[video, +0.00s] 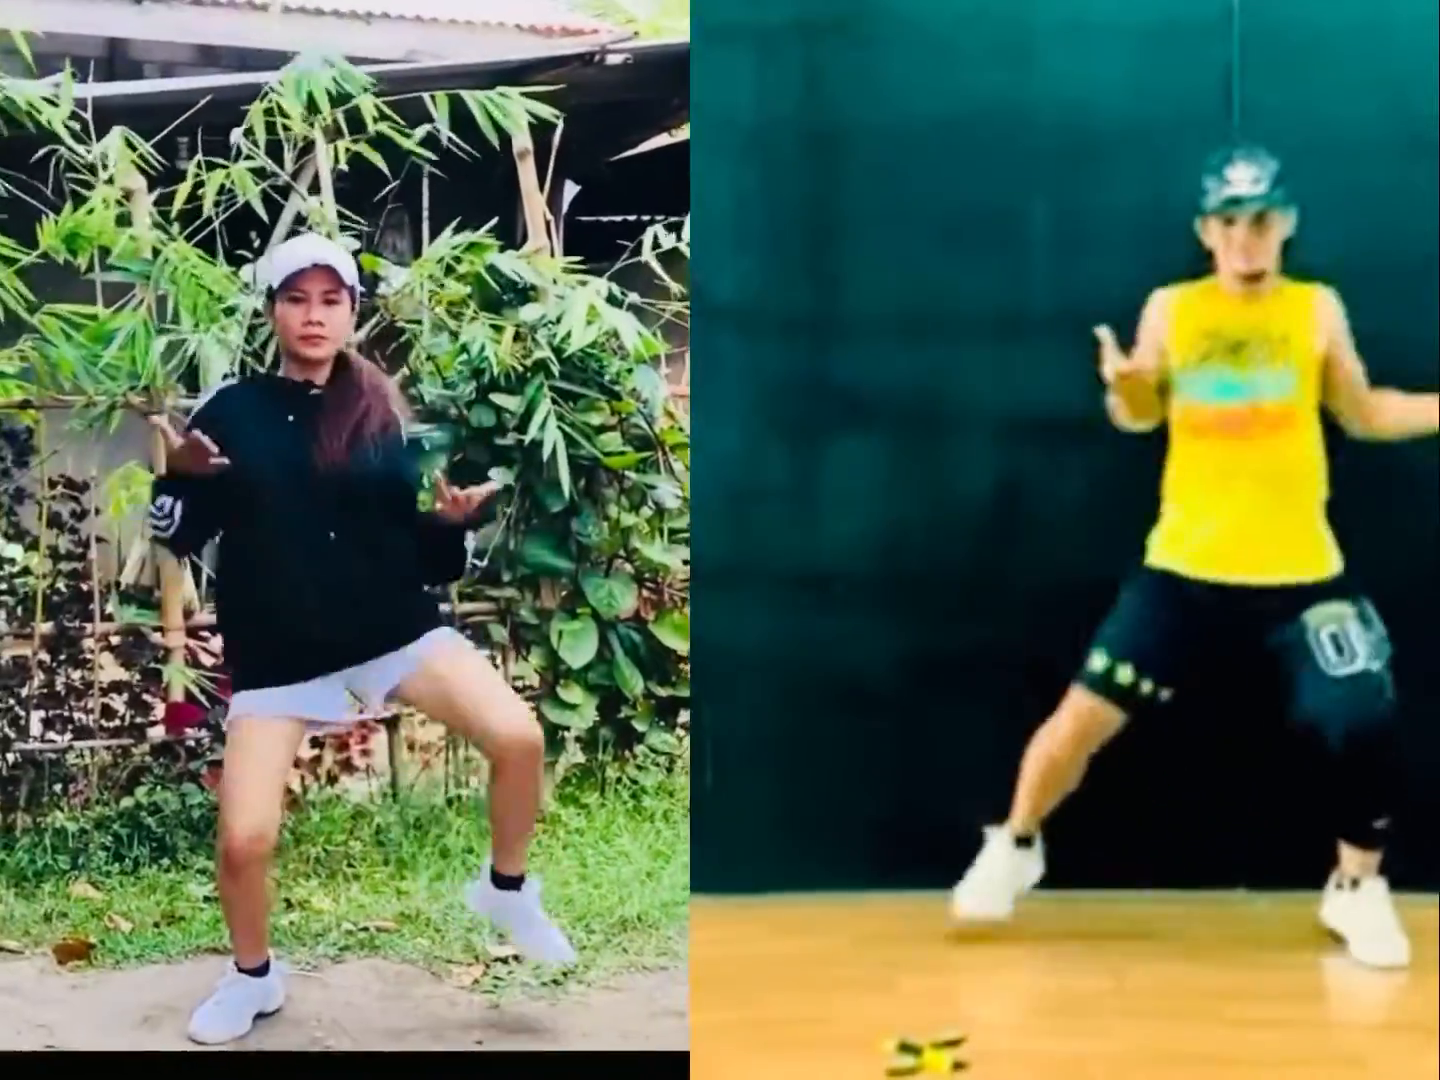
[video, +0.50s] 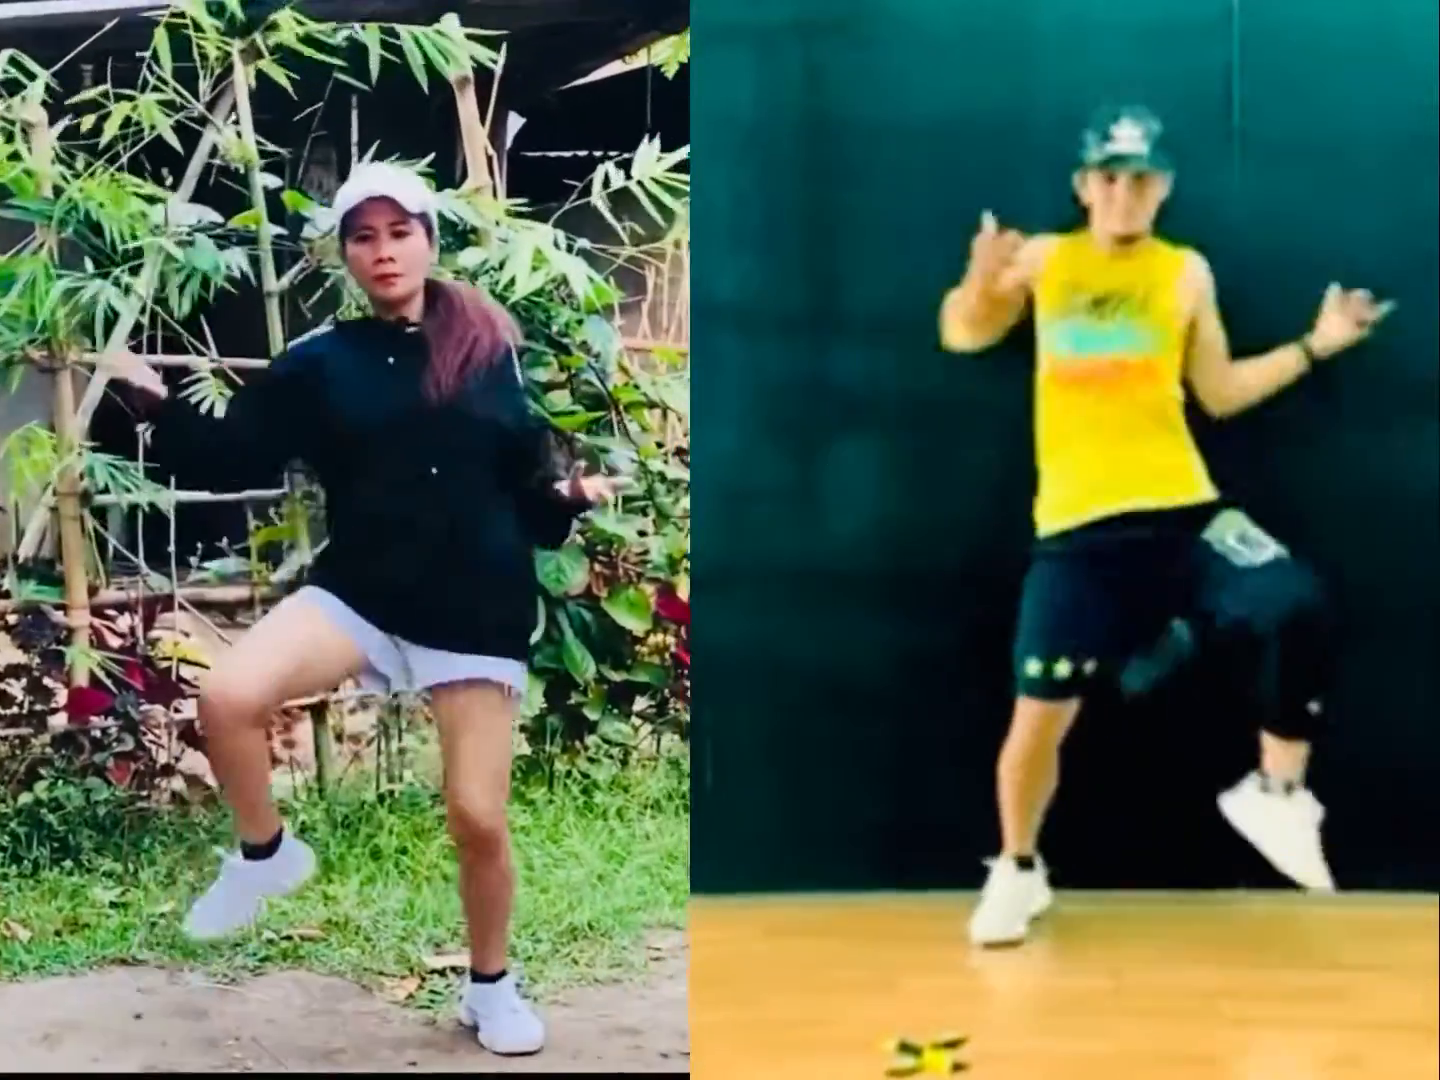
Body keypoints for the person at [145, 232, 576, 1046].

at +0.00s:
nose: (315, 315)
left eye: (332, 300)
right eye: (298, 299)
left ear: (354, 316)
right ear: (273, 312)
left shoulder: (378, 406)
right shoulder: (231, 412)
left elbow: (423, 555)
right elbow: (182, 538)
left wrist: (451, 517)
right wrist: (178, 480)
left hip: (392, 630)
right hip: (274, 656)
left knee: (519, 735)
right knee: (243, 841)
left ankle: (506, 889)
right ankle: (252, 975)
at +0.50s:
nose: (384, 250)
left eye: (400, 231)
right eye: (364, 237)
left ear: (430, 242)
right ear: (345, 256)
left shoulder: (483, 346)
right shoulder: (317, 363)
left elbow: (524, 491)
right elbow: (225, 455)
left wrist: (564, 498)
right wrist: (145, 392)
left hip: (477, 607)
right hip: (359, 591)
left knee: (479, 820)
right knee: (229, 695)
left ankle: (492, 985)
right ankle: (264, 854)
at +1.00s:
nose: (312, 291)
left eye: (332, 277)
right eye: (297, 275)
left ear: (365, 292)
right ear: (273, 288)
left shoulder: (415, 394)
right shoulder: (237, 388)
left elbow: (541, 430)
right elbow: (149, 347)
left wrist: (589, 316)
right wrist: (212, 231)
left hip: (427, 659)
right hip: (294, 656)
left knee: (461, 846)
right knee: (192, 809)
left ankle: (484, 993)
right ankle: (139, 986)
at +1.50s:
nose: (176, 269)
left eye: (198, 252)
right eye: (159, 250)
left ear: (228, 273)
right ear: (130, 264)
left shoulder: (255, 389)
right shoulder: (65, 366)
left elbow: (384, 418)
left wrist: (480, 302)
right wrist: (29, 230)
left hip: (260, 593)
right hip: (143, 638)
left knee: (340, 675)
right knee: (121, 863)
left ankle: (307, 777)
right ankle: (128, 1012)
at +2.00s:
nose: (292, 299)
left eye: (310, 280)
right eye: (272, 283)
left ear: (341, 294)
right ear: (247, 303)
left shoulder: (412, 400)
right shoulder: (199, 405)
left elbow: (526, 370)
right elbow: (88, 423)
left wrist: (530, 262)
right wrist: (142, 304)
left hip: (398, 682)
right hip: (253, 692)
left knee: (478, 868)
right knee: (180, 879)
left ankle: (480, 1019)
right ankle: (120, 1015)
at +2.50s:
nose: (363, 263)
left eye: (382, 243)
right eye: (344, 247)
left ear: (420, 254)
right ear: (325, 268)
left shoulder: (502, 337)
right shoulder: (302, 388)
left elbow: (620, 271)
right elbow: (181, 434)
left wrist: (628, 155)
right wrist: (89, 357)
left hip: (459, 632)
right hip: (333, 612)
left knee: (482, 861)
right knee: (241, 691)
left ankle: (462, 1023)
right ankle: (216, 852)